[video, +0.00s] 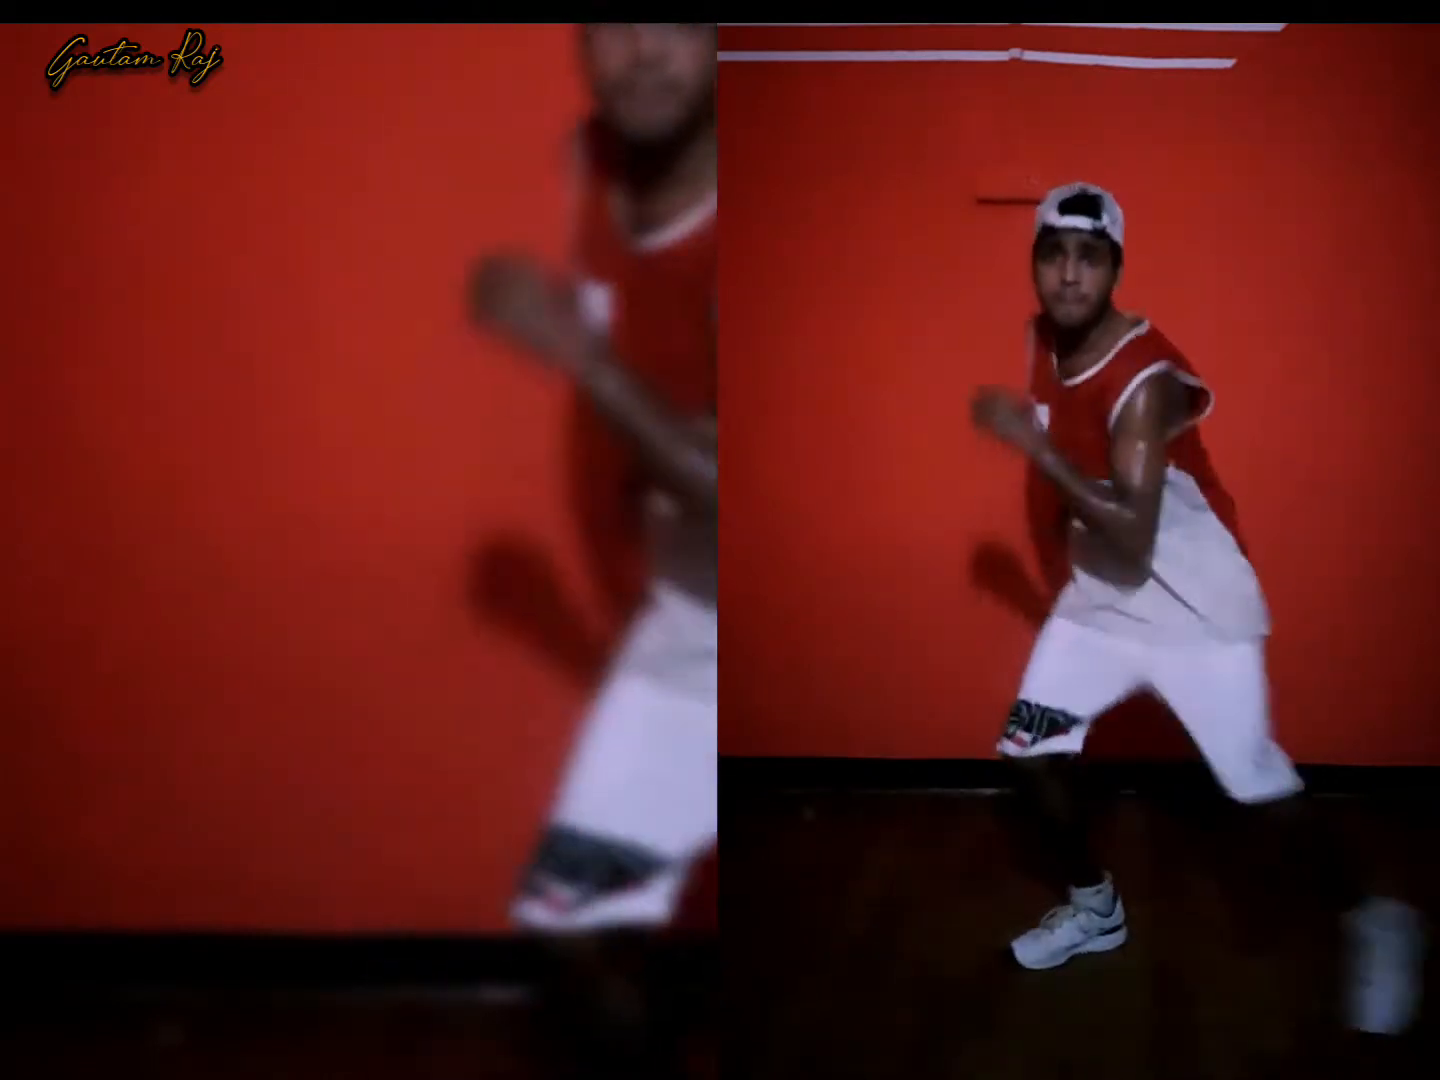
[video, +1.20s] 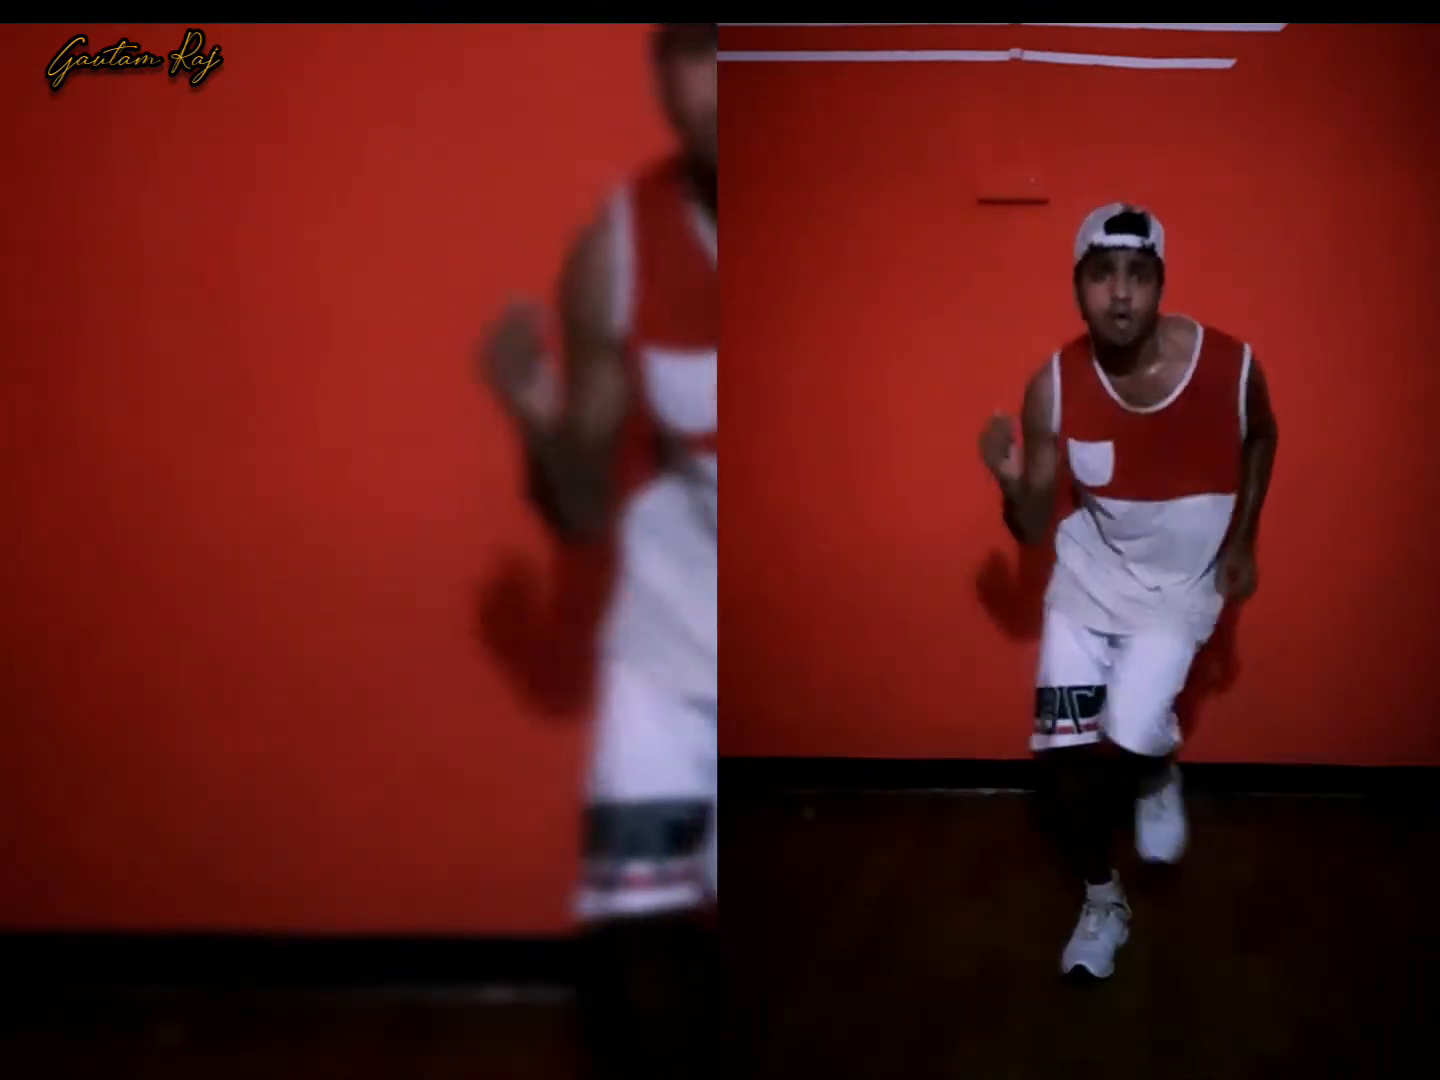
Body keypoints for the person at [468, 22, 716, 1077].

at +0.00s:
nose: (640, 53)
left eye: (670, 28)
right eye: (614, 29)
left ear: (720, 46)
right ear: (583, 49)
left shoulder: (765, 226)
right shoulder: (606, 170)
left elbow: (736, 496)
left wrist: (580, 351)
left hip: (745, 611)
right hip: (680, 610)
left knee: (581, 919)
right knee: (576, 920)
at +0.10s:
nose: (669, 104)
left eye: (701, 71)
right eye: (641, 71)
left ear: (741, 99)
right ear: (607, 102)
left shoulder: (773, 277)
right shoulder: (633, 279)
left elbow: (743, 508)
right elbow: (694, 510)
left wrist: (633, 338)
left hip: (750, 647)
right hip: (714, 649)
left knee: (589, 936)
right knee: (585, 937)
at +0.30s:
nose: (645, 77)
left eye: (679, 47)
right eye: (618, 46)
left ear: (727, 68)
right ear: (583, 66)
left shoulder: (790, 205)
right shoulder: (554, 230)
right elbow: (542, 411)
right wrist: (595, 535)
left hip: (815, 589)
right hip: (680, 593)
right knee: (592, 896)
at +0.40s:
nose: (645, 50)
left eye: (672, 24)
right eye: (618, 27)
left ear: (723, 40)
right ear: (588, 47)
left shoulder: (790, 189)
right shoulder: (560, 210)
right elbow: (546, 445)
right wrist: (646, 505)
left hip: (769, 594)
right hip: (636, 591)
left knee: (707, 943)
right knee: (557, 895)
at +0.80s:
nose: (731, 46)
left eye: (744, 27)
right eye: (708, 28)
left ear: (792, 45)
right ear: (670, 42)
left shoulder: (848, 182)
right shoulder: (609, 204)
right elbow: (485, 434)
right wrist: (585, 605)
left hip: (812, 629)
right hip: (667, 628)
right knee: (598, 957)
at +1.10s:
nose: (725, 61)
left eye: (736, 38)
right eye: (707, 37)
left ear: (787, 60)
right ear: (670, 57)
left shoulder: (850, 192)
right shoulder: (604, 222)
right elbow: (535, 388)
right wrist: (614, 518)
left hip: (835, 575)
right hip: (686, 578)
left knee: (847, 883)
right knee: (680, 911)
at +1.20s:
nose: (719, 82)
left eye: (732, 51)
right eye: (697, 52)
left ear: (778, 72)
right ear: (663, 75)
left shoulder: (850, 208)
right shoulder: (630, 239)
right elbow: (582, 503)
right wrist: (552, 431)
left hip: (831, 590)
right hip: (686, 584)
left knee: (837, 902)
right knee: (649, 915)